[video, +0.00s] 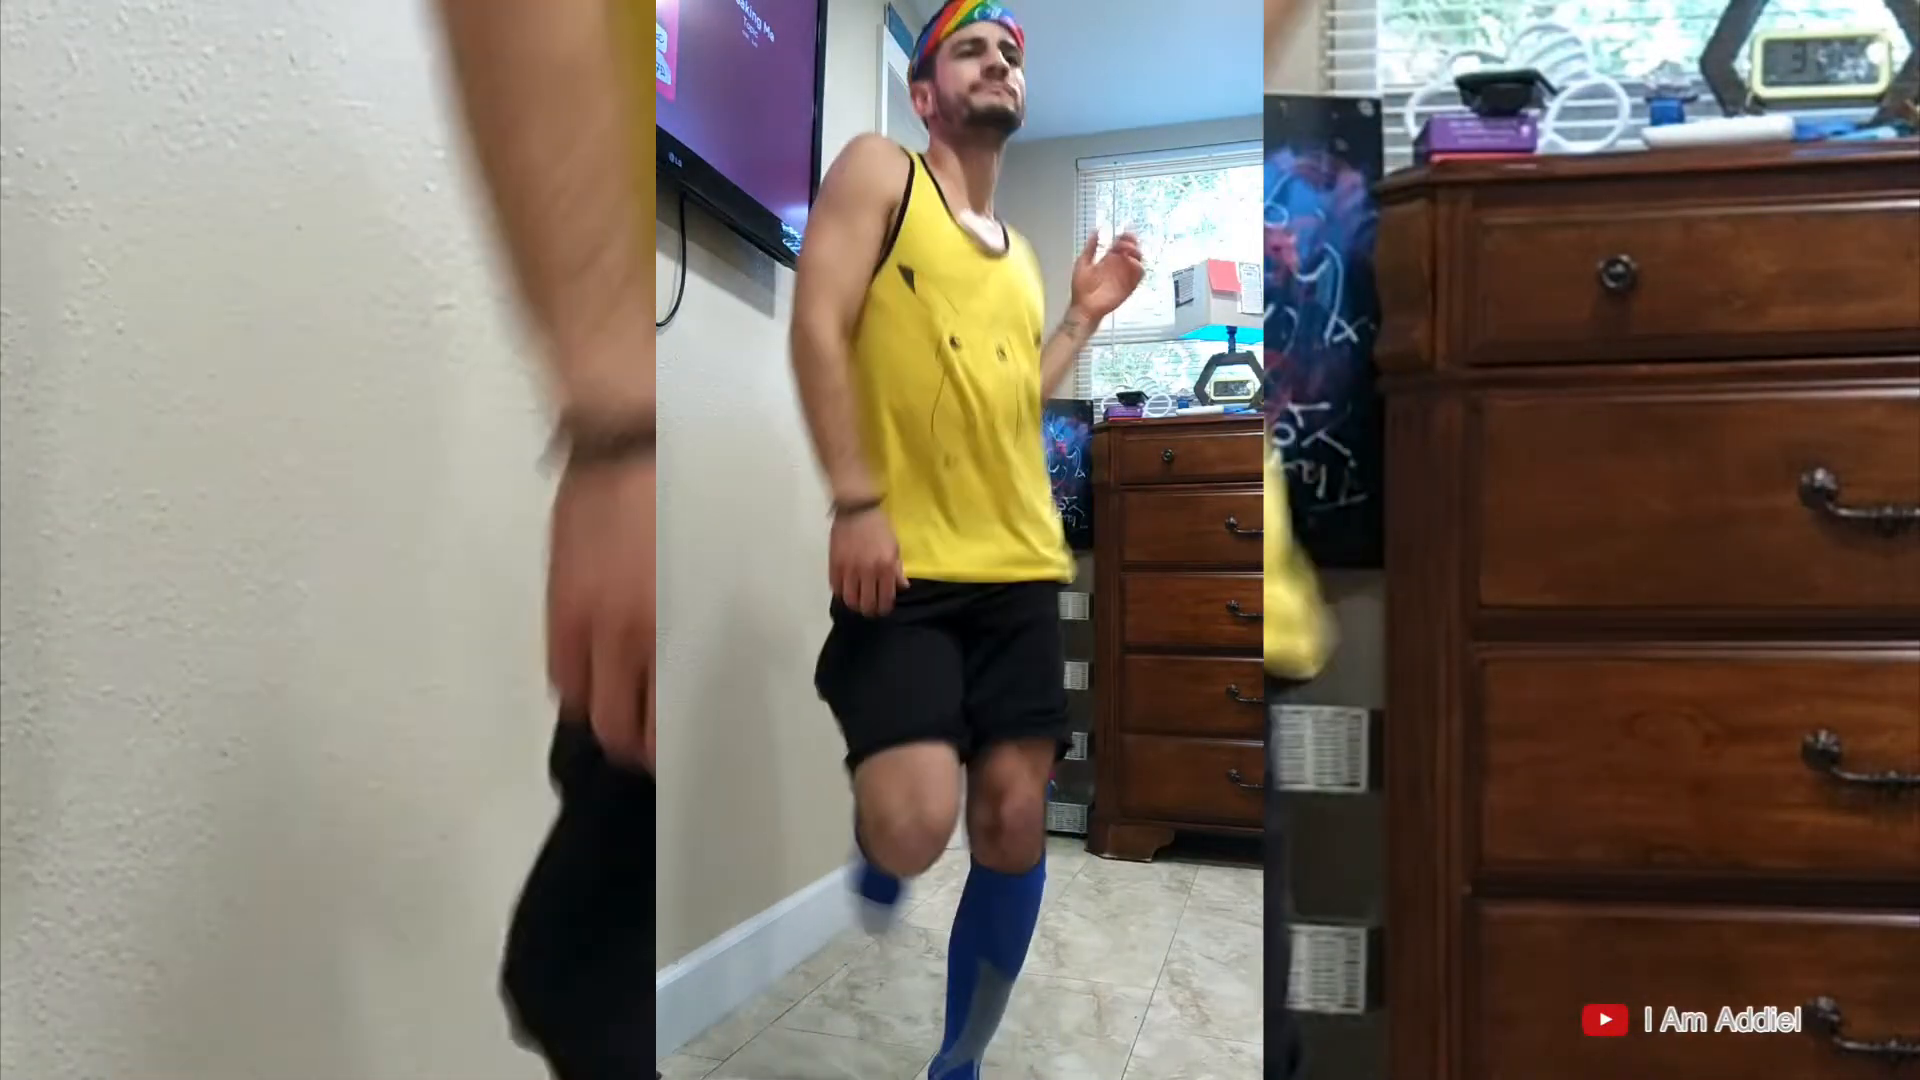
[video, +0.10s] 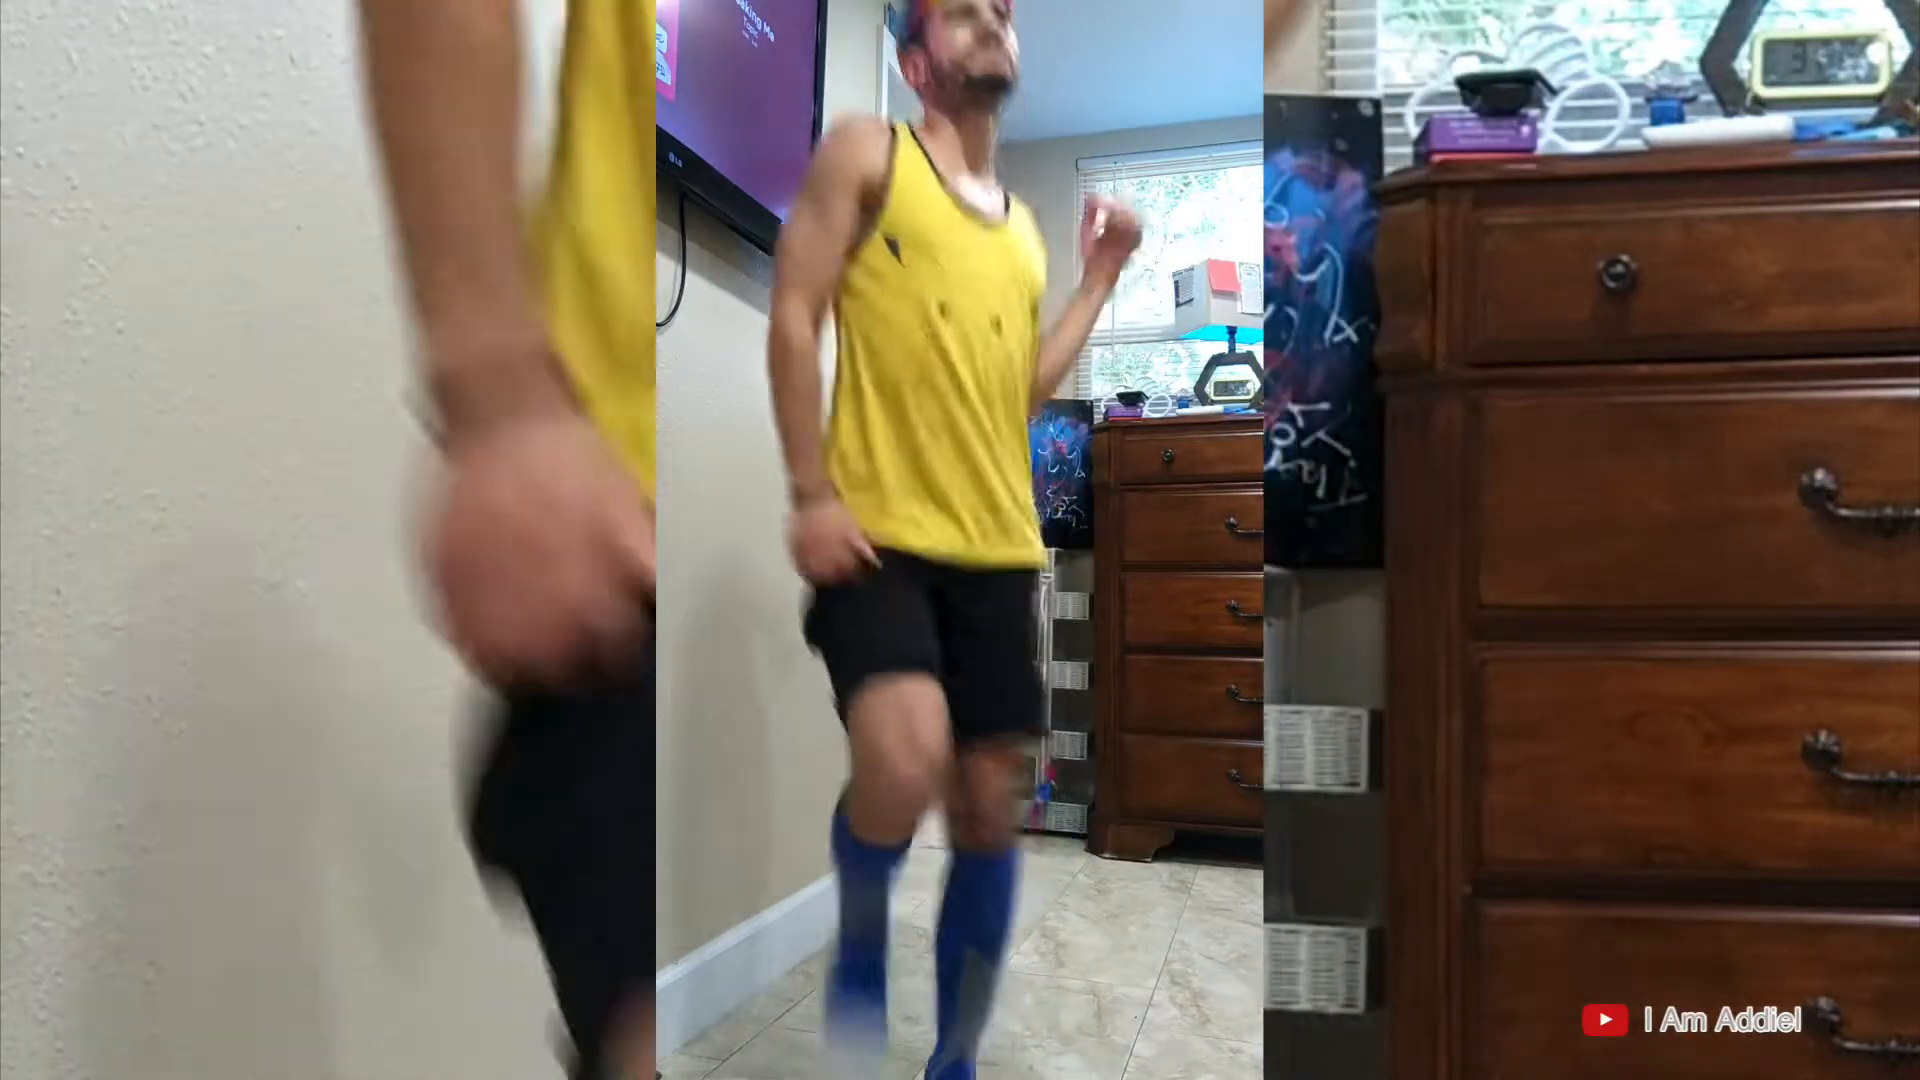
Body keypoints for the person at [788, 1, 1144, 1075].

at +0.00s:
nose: (1000, 67)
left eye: (1011, 55)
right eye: (973, 54)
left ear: (1023, 92)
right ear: (925, 90)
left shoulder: (1015, 251)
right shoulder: (878, 170)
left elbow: (1021, 398)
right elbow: (815, 328)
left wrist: (1082, 317)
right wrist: (855, 503)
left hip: (1020, 566)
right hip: (902, 561)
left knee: (1016, 820)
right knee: (915, 828)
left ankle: (958, 1065)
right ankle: (887, 845)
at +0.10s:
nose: (993, 23)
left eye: (1001, 14)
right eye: (965, 14)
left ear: (1017, 54)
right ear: (916, 59)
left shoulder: (1020, 226)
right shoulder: (866, 149)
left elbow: (1031, 383)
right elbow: (794, 313)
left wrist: (1098, 276)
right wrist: (811, 492)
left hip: (997, 543)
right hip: (876, 526)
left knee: (992, 797)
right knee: (906, 759)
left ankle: (957, 1061)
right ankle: (860, 964)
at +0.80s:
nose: (874, 6)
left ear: (907, 20)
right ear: (795, 18)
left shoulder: (985, 138)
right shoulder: (771, 167)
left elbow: (1126, 239)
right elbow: (679, 312)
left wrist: (1049, 264)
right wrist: (763, 146)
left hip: (970, 482)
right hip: (842, 516)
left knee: (998, 659)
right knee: (861, 824)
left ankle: (972, 893)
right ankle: (919, 1042)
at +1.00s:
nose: (881, 65)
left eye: (898, 42)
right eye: (855, 45)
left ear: (926, 62)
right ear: (822, 72)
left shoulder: (1000, 198)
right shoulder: (791, 222)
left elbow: (1047, 349)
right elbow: (759, 350)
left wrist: (1070, 459)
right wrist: (831, 196)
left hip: (969, 539)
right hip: (825, 557)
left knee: (939, 818)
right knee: (834, 864)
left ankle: (1002, 929)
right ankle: (927, 1043)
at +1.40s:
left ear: (1009, 20)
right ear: (894, 16)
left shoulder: (1040, 177)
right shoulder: (849, 100)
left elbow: (1054, 340)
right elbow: (845, 235)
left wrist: (1048, 375)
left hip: (995, 565)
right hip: (844, 563)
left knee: (990, 853)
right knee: (841, 905)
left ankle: (973, 1063)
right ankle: (899, 1009)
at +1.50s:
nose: (981, 17)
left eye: (1006, 1)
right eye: (954, 1)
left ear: (1038, 29)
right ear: (914, 28)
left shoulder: (1038, 231)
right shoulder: (861, 128)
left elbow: (1025, 412)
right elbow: (794, 305)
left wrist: (1096, 363)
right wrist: (850, 511)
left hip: (1007, 583)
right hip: (861, 576)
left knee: (1032, 871)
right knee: (860, 910)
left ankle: (979, 1072)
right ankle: (829, 972)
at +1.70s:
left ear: (1074, 12)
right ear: (967, 2)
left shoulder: (1092, 179)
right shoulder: (874, 68)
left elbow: (1095, 381)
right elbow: (725, 209)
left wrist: (1151, 225)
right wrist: (707, 389)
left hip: (987, 494)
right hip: (850, 444)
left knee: (972, 831)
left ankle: (959, 1064)